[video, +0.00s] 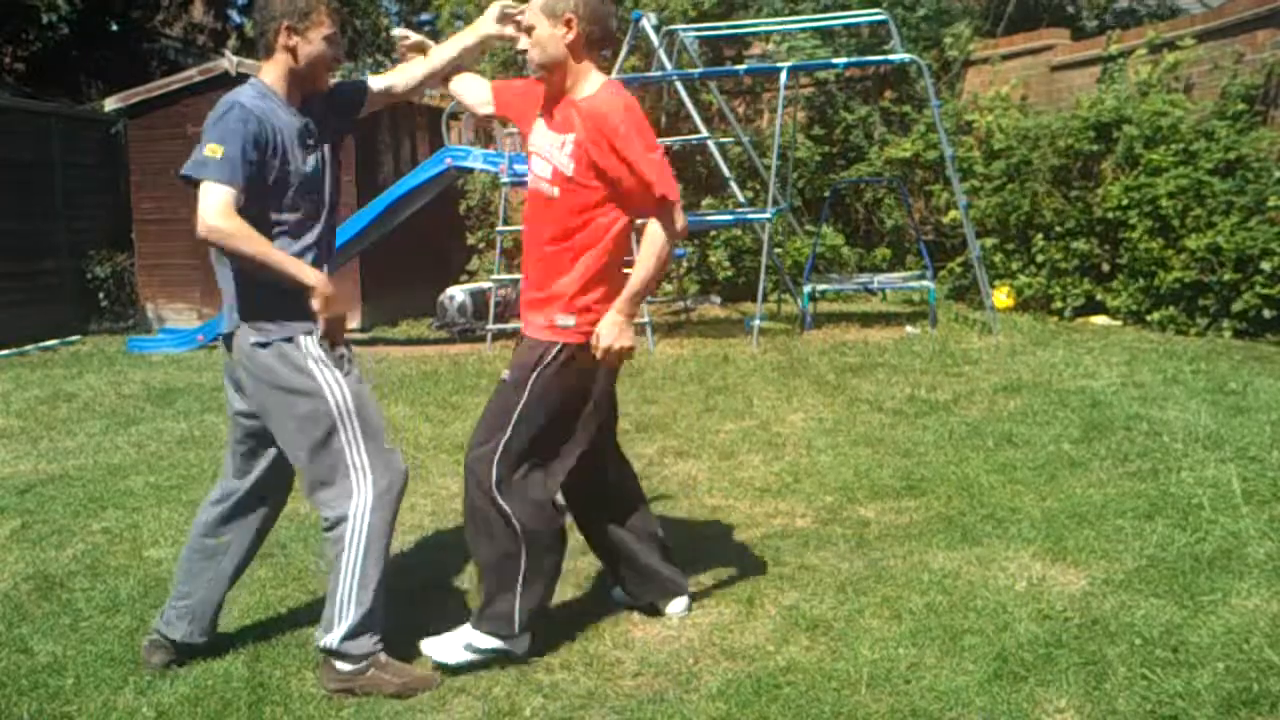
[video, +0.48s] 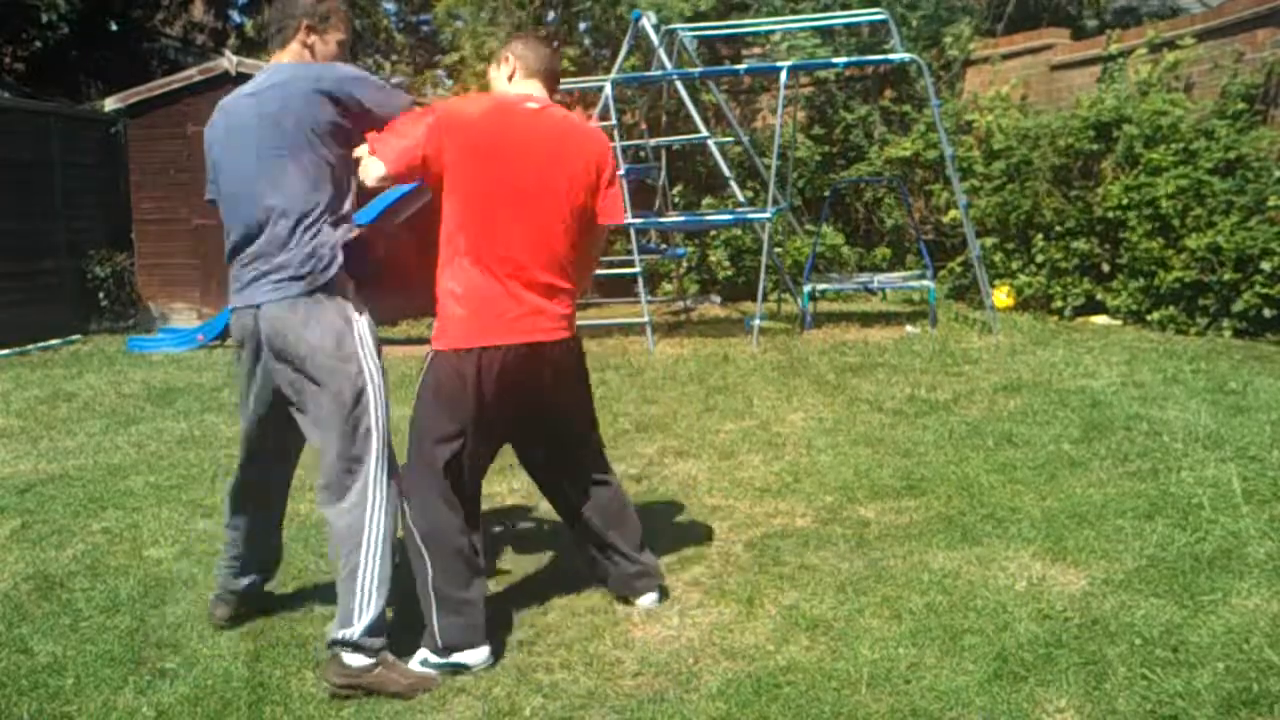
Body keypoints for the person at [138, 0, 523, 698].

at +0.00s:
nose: (341, 54)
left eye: (341, 41)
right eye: (332, 40)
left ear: (305, 42)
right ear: (288, 37)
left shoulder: (317, 105)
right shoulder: (242, 113)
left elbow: (403, 81)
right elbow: (214, 219)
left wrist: (485, 29)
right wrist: (312, 276)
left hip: (275, 334)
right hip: (282, 337)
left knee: (247, 488)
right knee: (370, 475)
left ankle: (175, 634)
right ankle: (350, 654)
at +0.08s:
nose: (342, 52)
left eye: (342, 40)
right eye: (334, 39)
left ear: (301, 39)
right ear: (292, 38)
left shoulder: (314, 95)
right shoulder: (255, 110)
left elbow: (394, 83)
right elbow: (217, 201)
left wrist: (461, 24)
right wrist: (319, 245)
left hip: (274, 329)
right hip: (303, 330)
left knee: (248, 483)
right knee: (378, 480)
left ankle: (177, 631)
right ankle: (353, 655)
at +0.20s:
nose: (340, 52)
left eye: (340, 39)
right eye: (334, 37)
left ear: (291, 33)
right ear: (295, 31)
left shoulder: (248, 97)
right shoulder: (276, 93)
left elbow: (372, 134)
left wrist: (444, 101)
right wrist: (362, 143)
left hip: (267, 319)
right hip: (319, 319)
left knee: (256, 475)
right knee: (379, 474)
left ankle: (191, 619)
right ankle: (358, 653)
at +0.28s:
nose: (341, 42)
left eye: (340, 30)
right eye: (334, 28)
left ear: (286, 27)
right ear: (296, 26)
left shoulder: (235, 101)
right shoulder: (305, 82)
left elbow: (330, 181)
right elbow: (413, 91)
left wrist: (423, 159)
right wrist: (431, 102)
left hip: (264, 310)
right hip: (319, 312)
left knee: (278, 453)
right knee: (376, 468)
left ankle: (206, 589)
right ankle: (358, 653)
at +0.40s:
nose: (344, 43)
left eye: (343, 31)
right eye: (339, 30)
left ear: (287, 29)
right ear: (305, 28)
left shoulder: (226, 109)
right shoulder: (325, 79)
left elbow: (261, 196)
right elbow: (426, 101)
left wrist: (355, 172)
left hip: (255, 313)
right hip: (323, 307)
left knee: (278, 444)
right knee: (366, 465)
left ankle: (239, 583)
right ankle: (357, 650)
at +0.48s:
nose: (344, 60)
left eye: (344, 48)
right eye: (341, 47)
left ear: (286, 35)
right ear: (310, 35)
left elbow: (223, 203)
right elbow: (418, 120)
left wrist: (330, 194)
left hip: (248, 315)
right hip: (315, 308)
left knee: (261, 455)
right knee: (358, 468)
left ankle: (237, 587)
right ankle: (358, 648)